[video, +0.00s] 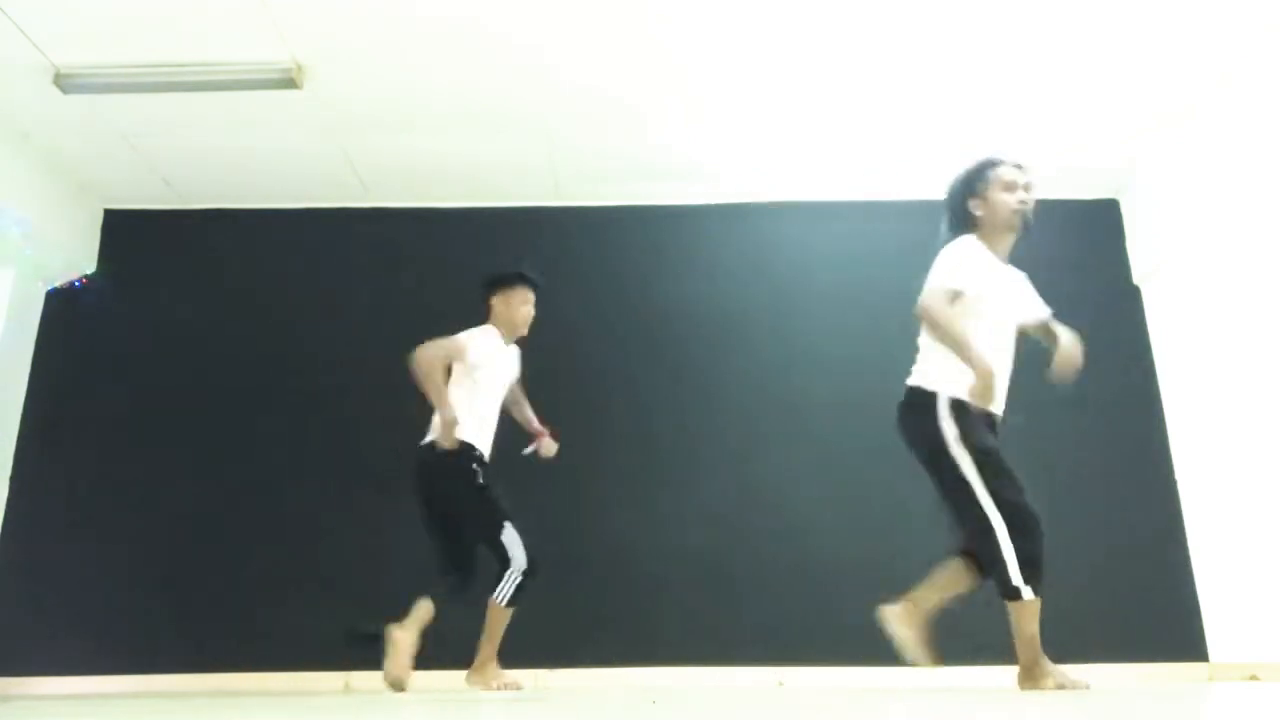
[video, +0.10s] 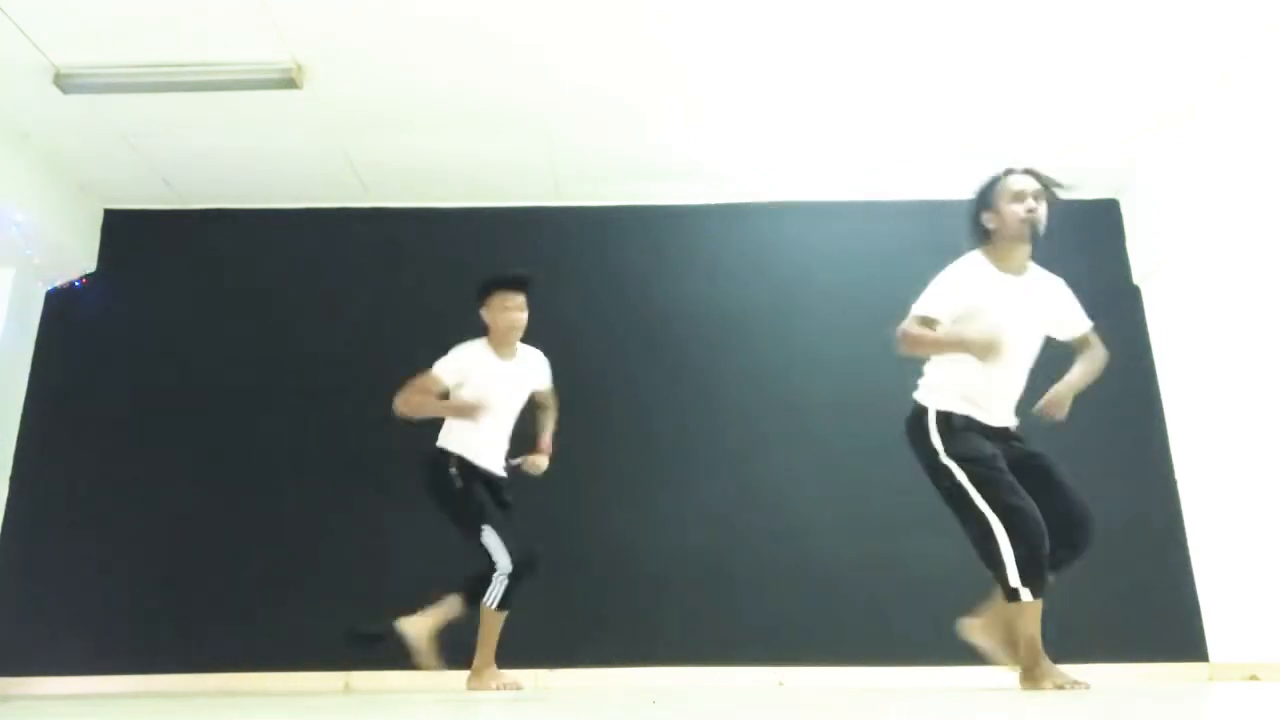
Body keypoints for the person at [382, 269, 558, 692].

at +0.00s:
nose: (531, 314)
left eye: (532, 305)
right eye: (524, 304)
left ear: (522, 310)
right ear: (497, 305)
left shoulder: (509, 354)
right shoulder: (479, 339)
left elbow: (513, 397)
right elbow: (424, 357)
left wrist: (538, 431)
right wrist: (444, 411)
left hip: (442, 461)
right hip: (458, 461)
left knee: (458, 568)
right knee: (517, 561)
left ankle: (406, 632)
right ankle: (485, 666)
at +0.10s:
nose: (516, 316)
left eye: (521, 308)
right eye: (506, 308)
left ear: (528, 314)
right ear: (485, 315)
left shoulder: (535, 362)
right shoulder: (467, 356)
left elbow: (546, 406)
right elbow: (405, 402)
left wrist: (542, 450)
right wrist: (457, 407)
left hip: (493, 473)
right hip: (455, 465)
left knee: (511, 566)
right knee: (501, 563)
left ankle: (422, 623)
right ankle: (482, 670)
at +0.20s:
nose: (482, 333)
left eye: (492, 324)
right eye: (476, 325)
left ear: (513, 328)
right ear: (471, 330)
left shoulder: (539, 372)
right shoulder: (460, 376)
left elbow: (575, 410)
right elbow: (404, 430)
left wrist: (553, 463)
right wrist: (377, 407)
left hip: (509, 487)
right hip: (461, 481)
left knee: (556, 554)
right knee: (500, 562)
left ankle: (485, 631)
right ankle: (482, 671)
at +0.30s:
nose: (466, 354)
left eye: (474, 345)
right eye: (462, 346)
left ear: (501, 343)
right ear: (460, 349)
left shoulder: (538, 382)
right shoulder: (456, 394)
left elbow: (590, 414)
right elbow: (393, 430)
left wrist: (566, 472)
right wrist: (323, 426)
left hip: (526, 492)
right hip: (477, 490)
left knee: (583, 547)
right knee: (497, 567)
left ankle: (524, 635)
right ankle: (486, 667)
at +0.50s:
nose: (464, 365)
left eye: (471, 355)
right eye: (461, 357)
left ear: (498, 352)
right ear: (464, 359)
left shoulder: (545, 387)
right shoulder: (467, 407)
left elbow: (609, 415)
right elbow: (400, 430)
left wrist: (589, 475)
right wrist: (327, 428)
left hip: (555, 497)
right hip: (507, 497)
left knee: (613, 548)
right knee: (516, 570)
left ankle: (552, 633)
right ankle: (491, 670)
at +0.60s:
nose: (479, 358)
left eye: (486, 348)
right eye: (476, 350)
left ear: (514, 345)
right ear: (477, 354)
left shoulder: (560, 380)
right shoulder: (482, 401)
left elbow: (622, 409)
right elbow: (417, 420)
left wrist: (601, 469)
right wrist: (345, 416)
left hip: (568, 492)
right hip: (520, 493)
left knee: (625, 540)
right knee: (525, 567)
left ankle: (594, 638)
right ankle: (491, 670)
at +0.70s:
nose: (501, 349)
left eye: (508, 340)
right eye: (497, 341)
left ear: (536, 336)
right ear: (498, 344)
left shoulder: (579, 372)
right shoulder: (501, 392)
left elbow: (638, 405)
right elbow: (444, 415)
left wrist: (615, 464)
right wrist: (380, 406)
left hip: (584, 487)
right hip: (533, 489)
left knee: (643, 551)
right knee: (534, 568)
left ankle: (651, 653)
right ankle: (495, 669)